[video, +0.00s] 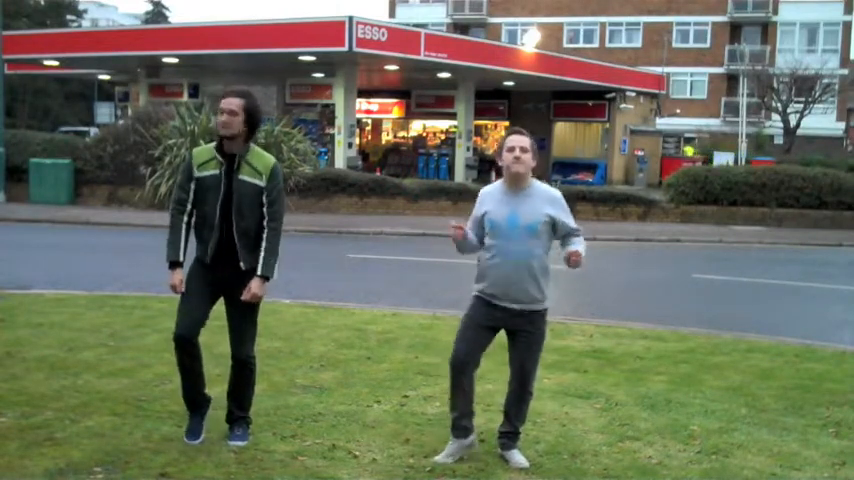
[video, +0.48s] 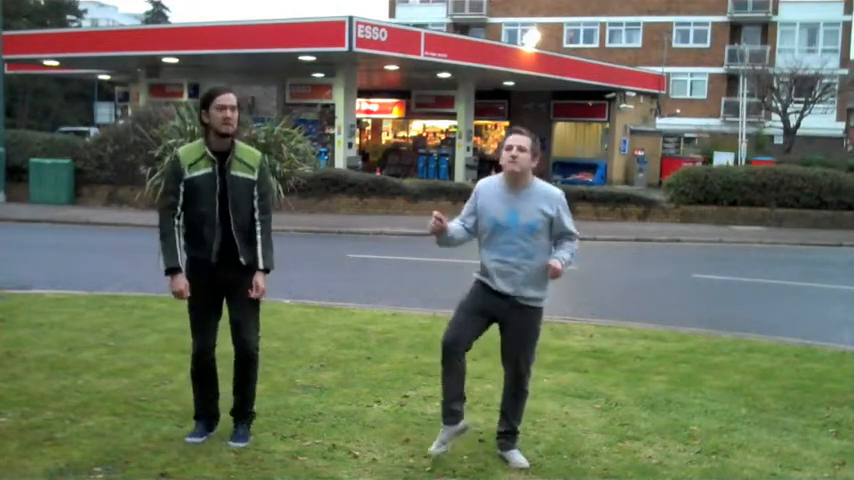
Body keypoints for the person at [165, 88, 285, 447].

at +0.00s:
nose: (223, 118)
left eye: (232, 114)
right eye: (221, 112)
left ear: (249, 122)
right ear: (216, 118)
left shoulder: (267, 167)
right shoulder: (197, 159)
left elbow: (274, 225)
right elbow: (179, 212)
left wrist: (262, 276)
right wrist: (175, 264)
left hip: (245, 272)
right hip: (203, 268)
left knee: (243, 353)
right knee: (183, 335)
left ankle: (239, 420)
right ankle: (196, 407)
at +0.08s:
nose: (226, 117)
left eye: (235, 113)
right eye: (223, 111)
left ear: (250, 121)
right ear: (217, 117)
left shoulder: (268, 167)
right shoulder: (197, 158)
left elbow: (273, 225)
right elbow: (179, 212)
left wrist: (263, 276)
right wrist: (175, 264)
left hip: (245, 271)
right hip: (203, 266)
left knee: (243, 353)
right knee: (183, 334)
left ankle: (239, 419)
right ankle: (196, 408)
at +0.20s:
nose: (235, 122)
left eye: (242, 117)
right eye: (229, 116)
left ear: (251, 123)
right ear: (218, 119)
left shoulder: (266, 165)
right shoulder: (194, 159)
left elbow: (270, 222)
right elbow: (176, 213)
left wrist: (265, 273)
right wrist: (173, 266)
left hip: (245, 270)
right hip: (203, 268)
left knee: (243, 352)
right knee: (193, 346)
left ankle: (240, 420)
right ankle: (201, 418)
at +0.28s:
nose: (236, 122)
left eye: (242, 116)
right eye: (230, 115)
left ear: (250, 123)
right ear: (217, 119)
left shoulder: (265, 167)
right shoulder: (191, 161)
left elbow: (270, 223)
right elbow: (174, 216)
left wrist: (266, 273)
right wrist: (173, 268)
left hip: (244, 273)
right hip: (202, 271)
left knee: (242, 353)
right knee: (199, 350)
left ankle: (240, 421)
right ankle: (204, 419)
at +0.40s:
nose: (233, 117)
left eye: (237, 111)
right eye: (226, 110)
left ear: (243, 118)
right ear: (208, 116)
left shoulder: (260, 165)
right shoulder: (184, 161)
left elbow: (266, 221)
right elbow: (169, 217)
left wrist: (263, 270)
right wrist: (174, 270)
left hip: (243, 271)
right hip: (200, 271)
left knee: (249, 347)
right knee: (201, 349)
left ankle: (243, 421)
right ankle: (204, 419)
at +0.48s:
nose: (230, 115)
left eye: (234, 109)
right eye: (222, 109)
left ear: (239, 116)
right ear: (205, 115)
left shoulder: (256, 162)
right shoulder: (183, 160)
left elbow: (263, 218)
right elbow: (169, 217)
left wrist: (262, 268)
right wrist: (175, 270)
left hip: (244, 270)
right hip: (201, 271)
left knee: (248, 348)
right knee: (202, 349)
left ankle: (243, 420)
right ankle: (205, 420)